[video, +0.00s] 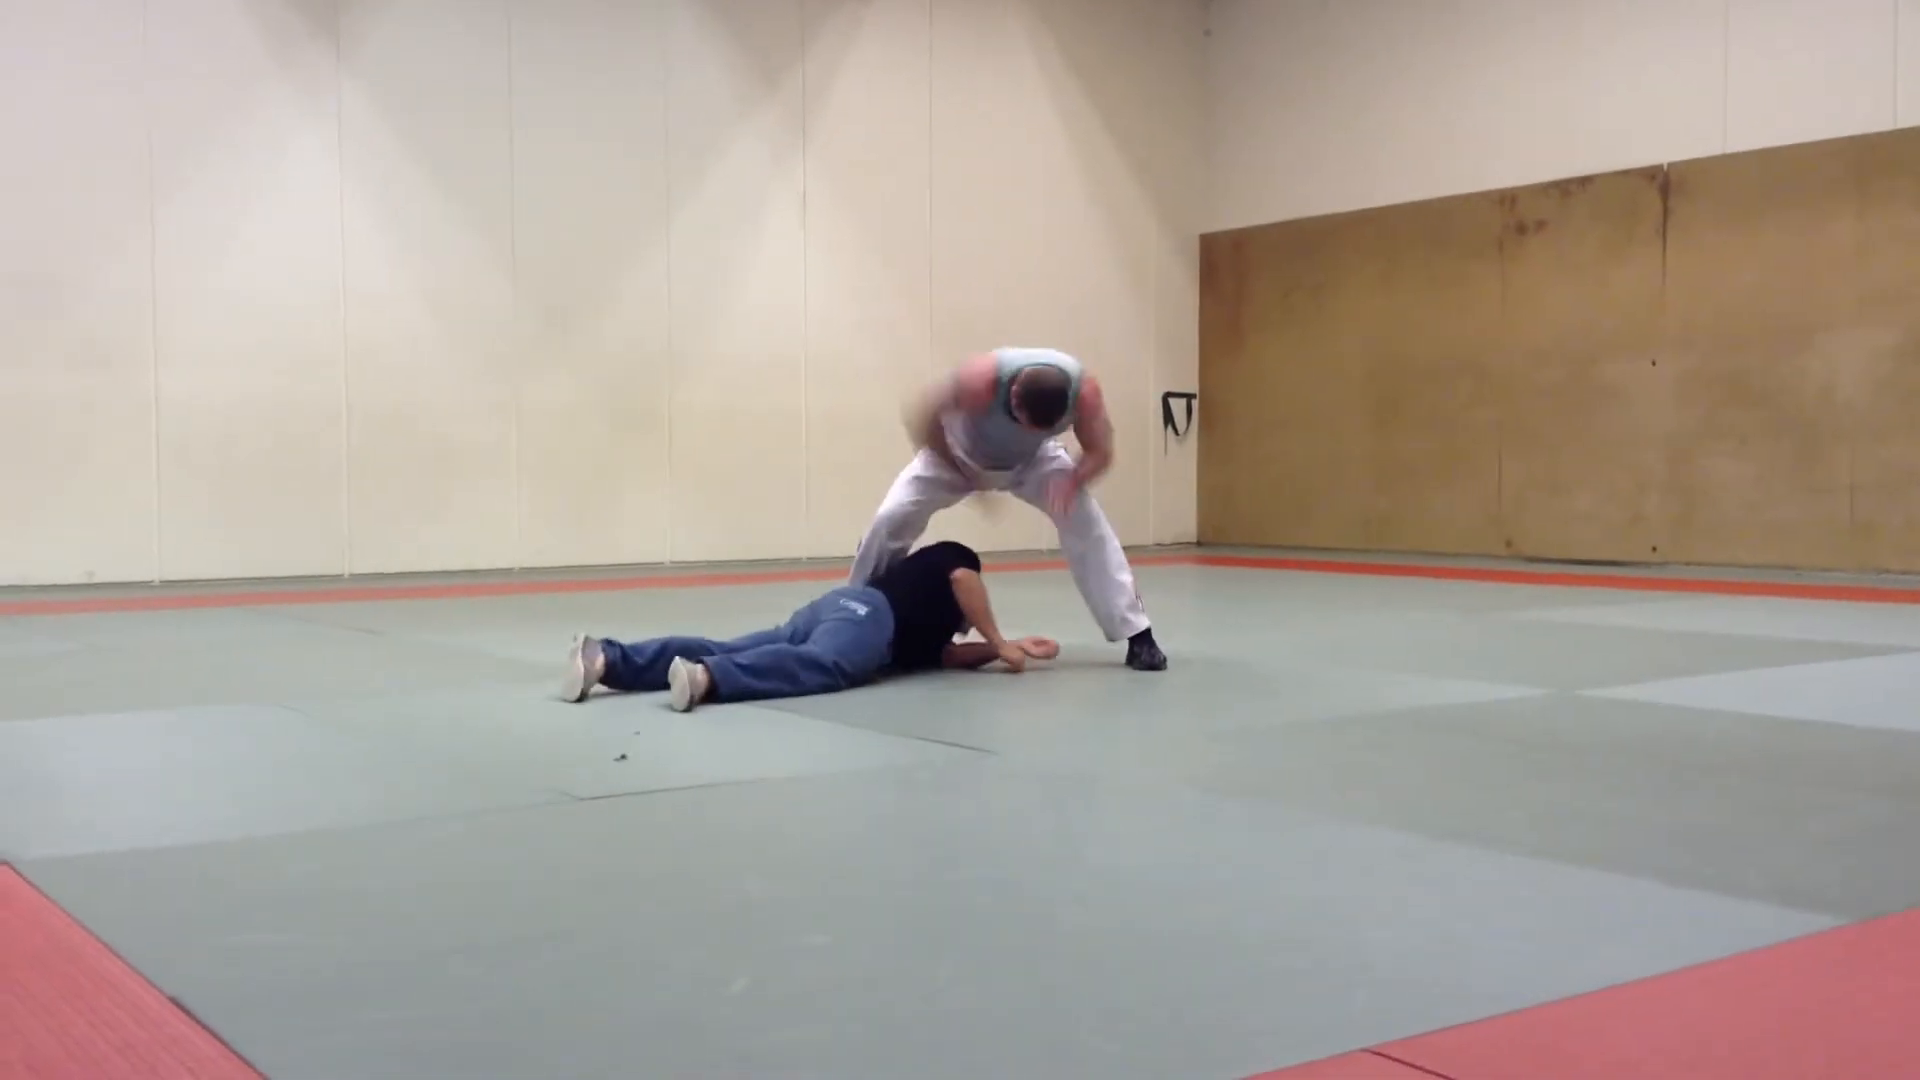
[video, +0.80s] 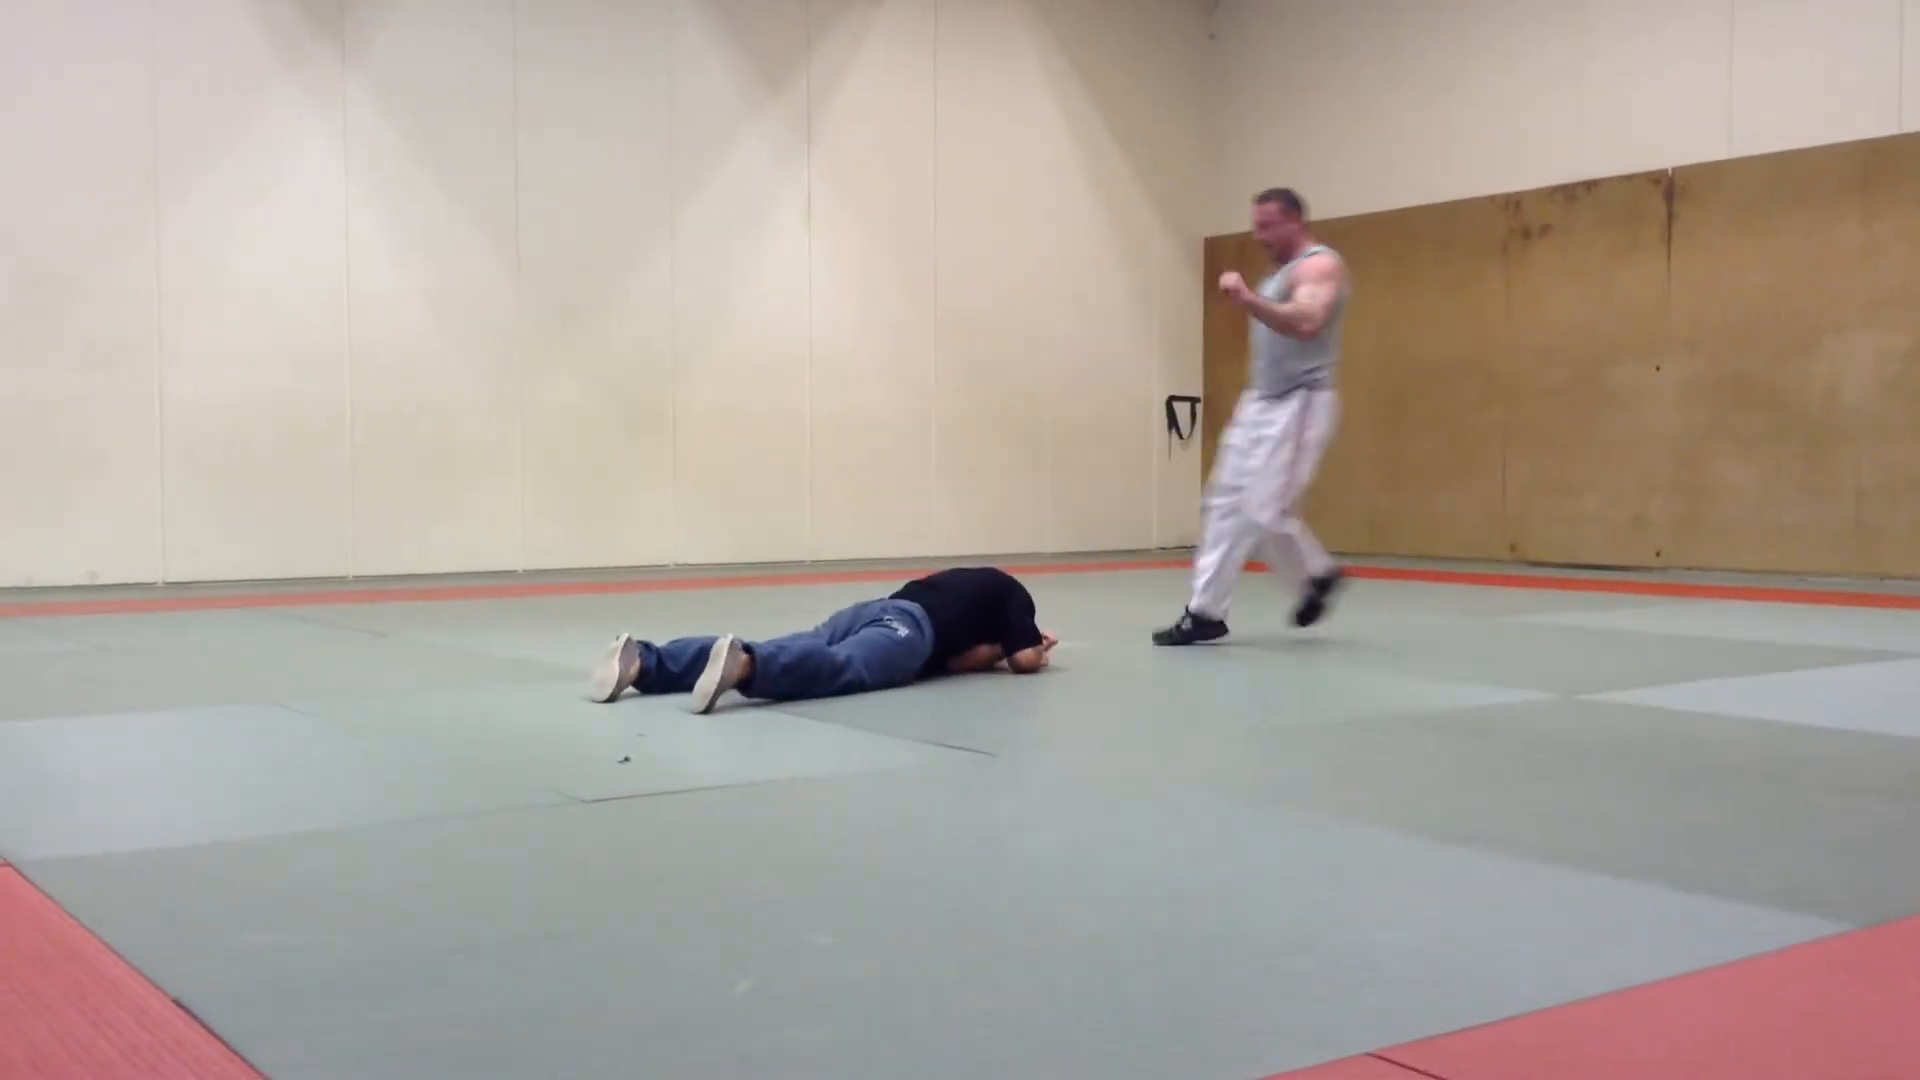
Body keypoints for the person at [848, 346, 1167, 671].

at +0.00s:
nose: (1031, 429)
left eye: (1042, 427)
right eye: (1026, 422)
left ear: (1065, 408)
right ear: (1014, 394)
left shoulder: (1083, 392)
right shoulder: (982, 378)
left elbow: (1100, 451)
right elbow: (920, 418)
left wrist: (1074, 480)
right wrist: (965, 477)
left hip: (1033, 460)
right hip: (959, 455)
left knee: (1085, 517)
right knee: (892, 518)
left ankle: (1138, 635)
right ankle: (854, 616)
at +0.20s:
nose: (1042, 403)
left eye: (1052, 398)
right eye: (1036, 394)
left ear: (1070, 381)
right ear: (1025, 372)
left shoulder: (1091, 369)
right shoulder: (994, 366)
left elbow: (1141, 406)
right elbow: (918, 389)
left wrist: (1128, 435)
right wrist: (935, 464)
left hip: (1044, 467)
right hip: (974, 466)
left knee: (1099, 508)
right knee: (907, 523)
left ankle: (1135, 631)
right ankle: (867, 616)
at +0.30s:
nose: (1070, 355)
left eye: (1079, 349)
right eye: (1064, 346)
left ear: (1100, 337)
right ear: (1057, 329)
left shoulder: (1129, 367)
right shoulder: (1046, 313)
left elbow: (1156, 440)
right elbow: (981, 302)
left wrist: (1108, 436)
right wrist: (956, 331)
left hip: (1072, 457)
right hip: (1008, 443)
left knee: (1115, 512)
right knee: (935, 514)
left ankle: (1117, 635)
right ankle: (869, 607)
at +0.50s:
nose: (1148, 275)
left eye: (1156, 266)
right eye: (1146, 266)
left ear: (1183, 262)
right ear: (1144, 262)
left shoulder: (1207, 306)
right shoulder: (1143, 288)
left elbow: (1222, 364)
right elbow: (1103, 303)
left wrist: (1149, 370)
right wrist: (1093, 284)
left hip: (1158, 442)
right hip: (1105, 425)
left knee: (1144, 525)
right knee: (1008, 477)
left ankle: (1120, 637)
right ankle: (1054, 553)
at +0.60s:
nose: (1186, 246)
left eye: (1194, 237)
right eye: (1183, 237)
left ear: (1222, 232)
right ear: (1182, 235)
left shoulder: (1251, 280)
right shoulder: (1181, 271)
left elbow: (1281, 345)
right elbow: (1146, 297)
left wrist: (1219, 344)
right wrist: (1109, 300)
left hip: (1198, 416)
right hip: (1154, 406)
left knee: (1170, 516)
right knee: (1097, 490)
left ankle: (1146, 624)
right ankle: (1168, 574)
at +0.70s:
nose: (1223, 239)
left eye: (1231, 230)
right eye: (1219, 230)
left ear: (1259, 227)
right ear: (1220, 231)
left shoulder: (1285, 279)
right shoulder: (1221, 280)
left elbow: (1294, 343)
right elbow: (1200, 337)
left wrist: (1237, 313)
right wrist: (1165, 363)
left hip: (1250, 411)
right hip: (1209, 409)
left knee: (1206, 501)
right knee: (1175, 508)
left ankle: (1226, 605)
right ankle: (1205, 614)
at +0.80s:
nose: (1262, 236)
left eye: (1270, 225)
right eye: (1258, 227)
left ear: (1296, 223)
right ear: (1259, 229)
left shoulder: (1320, 264)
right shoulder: (1278, 275)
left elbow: (1307, 320)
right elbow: (1285, 340)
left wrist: (1249, 299)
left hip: (1302, 403)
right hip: (1261, 402)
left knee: (1266, 508)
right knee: (1225, 503)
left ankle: (1319, 575)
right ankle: (1206, 613)